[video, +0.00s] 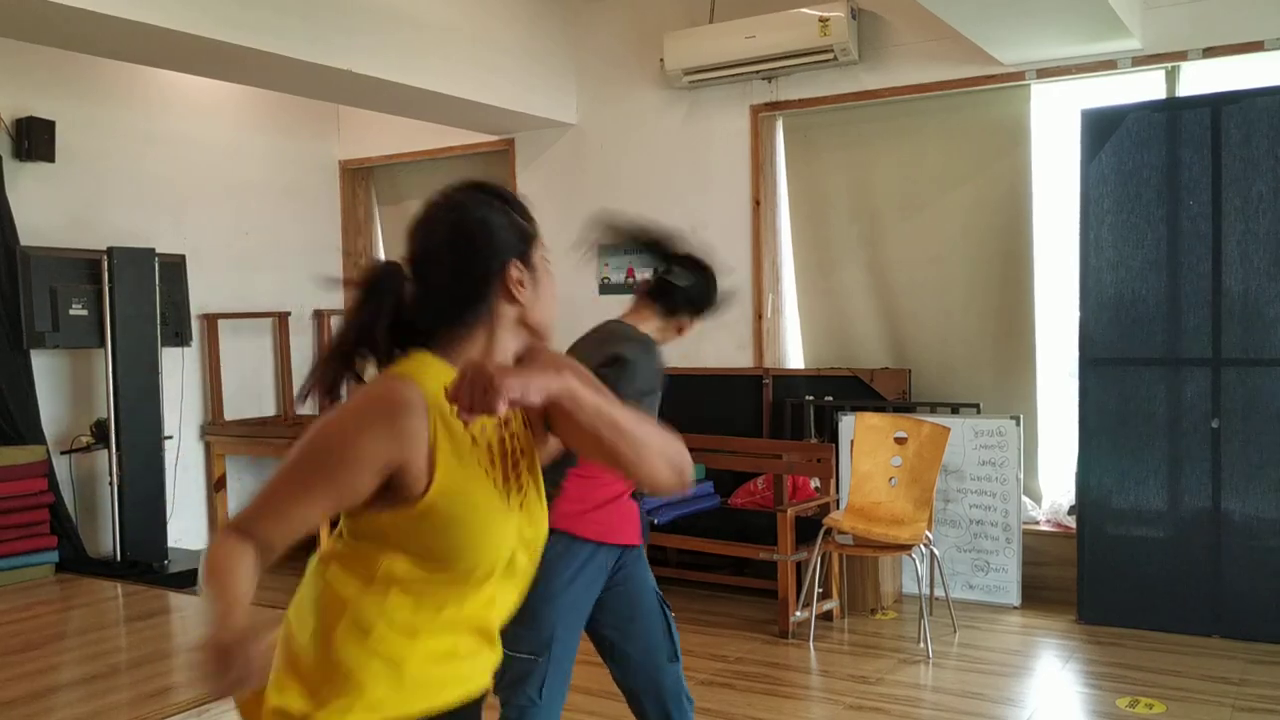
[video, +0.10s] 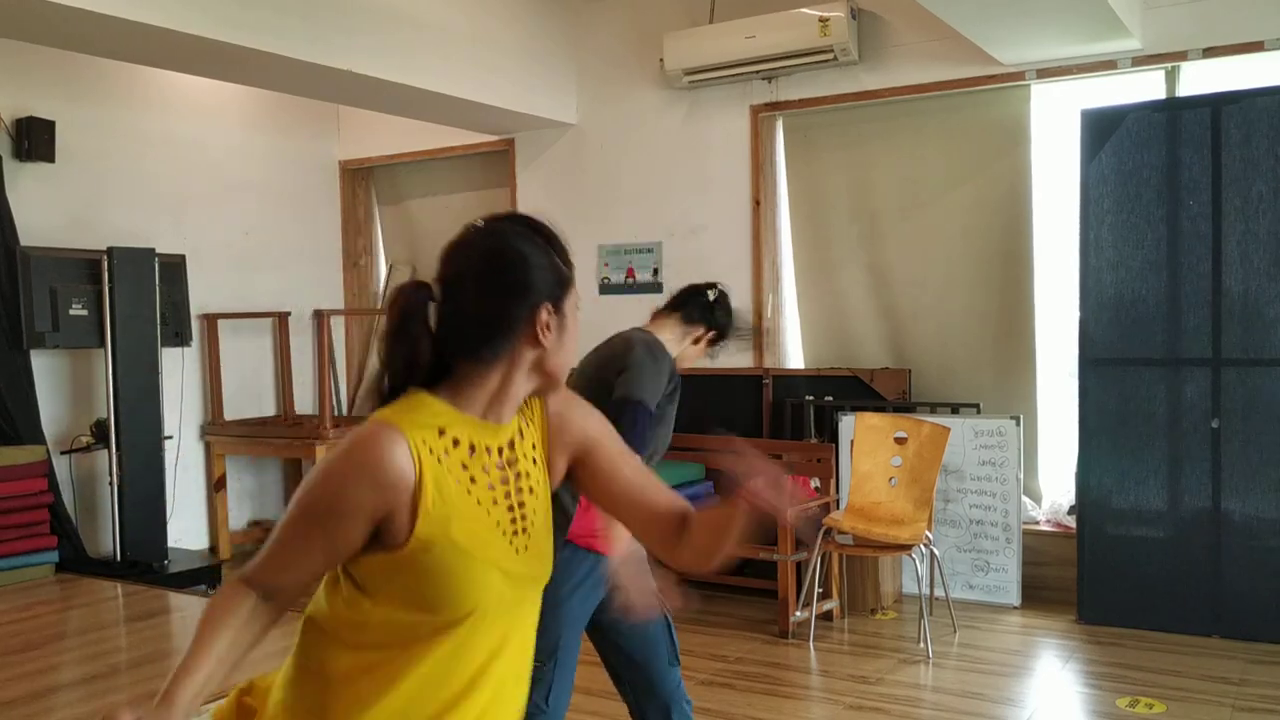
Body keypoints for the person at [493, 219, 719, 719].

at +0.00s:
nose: (691, 329)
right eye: (696, 321)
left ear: (643, 289)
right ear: (688, 321)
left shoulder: (599, 340)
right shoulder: (637, 359)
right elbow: (548, 441)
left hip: (617, 543)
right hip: (570, 541)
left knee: (662, 687)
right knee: (533, 695)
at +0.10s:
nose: (701, 358)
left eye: (706, 350)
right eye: (707, 349)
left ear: (667, 311)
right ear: (702, 336)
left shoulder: (636, 351)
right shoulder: (644, 361)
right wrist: (628, 559)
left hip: (609, 544)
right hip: (572, 544)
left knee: (663, 697)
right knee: (544, 697)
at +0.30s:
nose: (720, 351)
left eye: (729, 342)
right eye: (721, 334)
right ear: (688, 308)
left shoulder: (655, 357)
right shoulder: (639, 344)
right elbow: (654, 442)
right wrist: (741, 436)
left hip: (623, 550)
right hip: (565, 550)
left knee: (662, 699)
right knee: (535, 702)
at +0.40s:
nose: (712, 326)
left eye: (723, 316)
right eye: (703, 308)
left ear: (730, 320)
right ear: (670, 299)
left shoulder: (659, 362)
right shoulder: (643, 350)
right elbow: (616, 456)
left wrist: (675, 461)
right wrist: (686, 462)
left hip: (624, 552)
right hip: (571, 553)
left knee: (667, 706)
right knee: (532, 706)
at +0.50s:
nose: (693, 313)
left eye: (705, 302)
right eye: (680, 298)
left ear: (715, 310)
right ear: (652, 305)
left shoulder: (667, 387)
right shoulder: (611, 373)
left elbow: (640, 487)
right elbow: (554, 458)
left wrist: (691, 550)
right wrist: (613, 539)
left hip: (628, 558)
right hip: (556, 559)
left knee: (666, 703)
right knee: (530, 704)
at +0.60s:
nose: (622, 292)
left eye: (636, 281)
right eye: (613, 280)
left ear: (663, 295)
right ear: (600, 288)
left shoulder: (676, 381)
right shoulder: (557, 356)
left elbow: (731, 451)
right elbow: (489, 423)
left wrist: (781, 521)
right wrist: (506, 502)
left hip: (632, 559)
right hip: (548, 561)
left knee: (674, 702)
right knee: (522, 702)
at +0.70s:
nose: (507, 300)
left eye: (515, 286)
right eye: (506, 287)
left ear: (550, 284)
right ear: (534, 287)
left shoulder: (617, 354)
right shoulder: (526, 353)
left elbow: (715, 405)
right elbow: (503, 422)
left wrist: (778, 469)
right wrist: (460, 423)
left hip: (619, 556)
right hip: (538, 552)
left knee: (663, 700)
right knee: (513, 699)